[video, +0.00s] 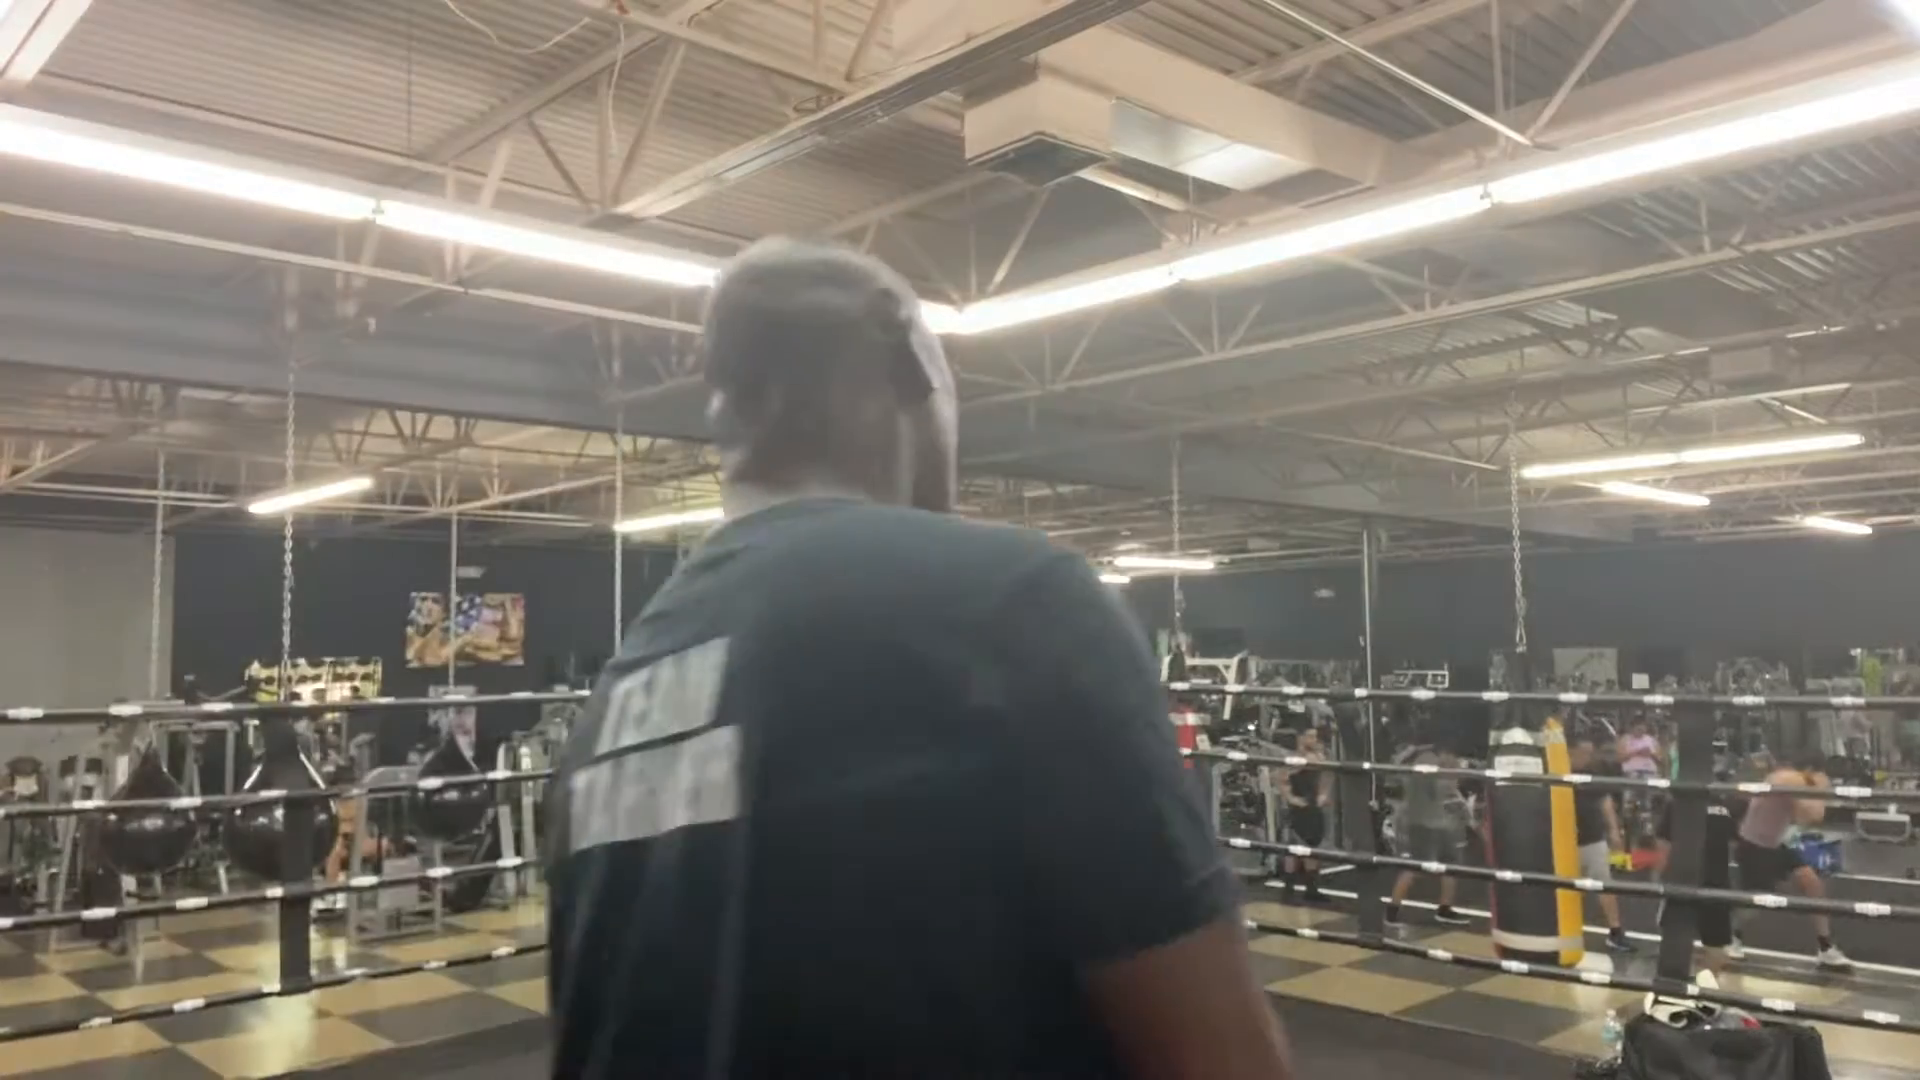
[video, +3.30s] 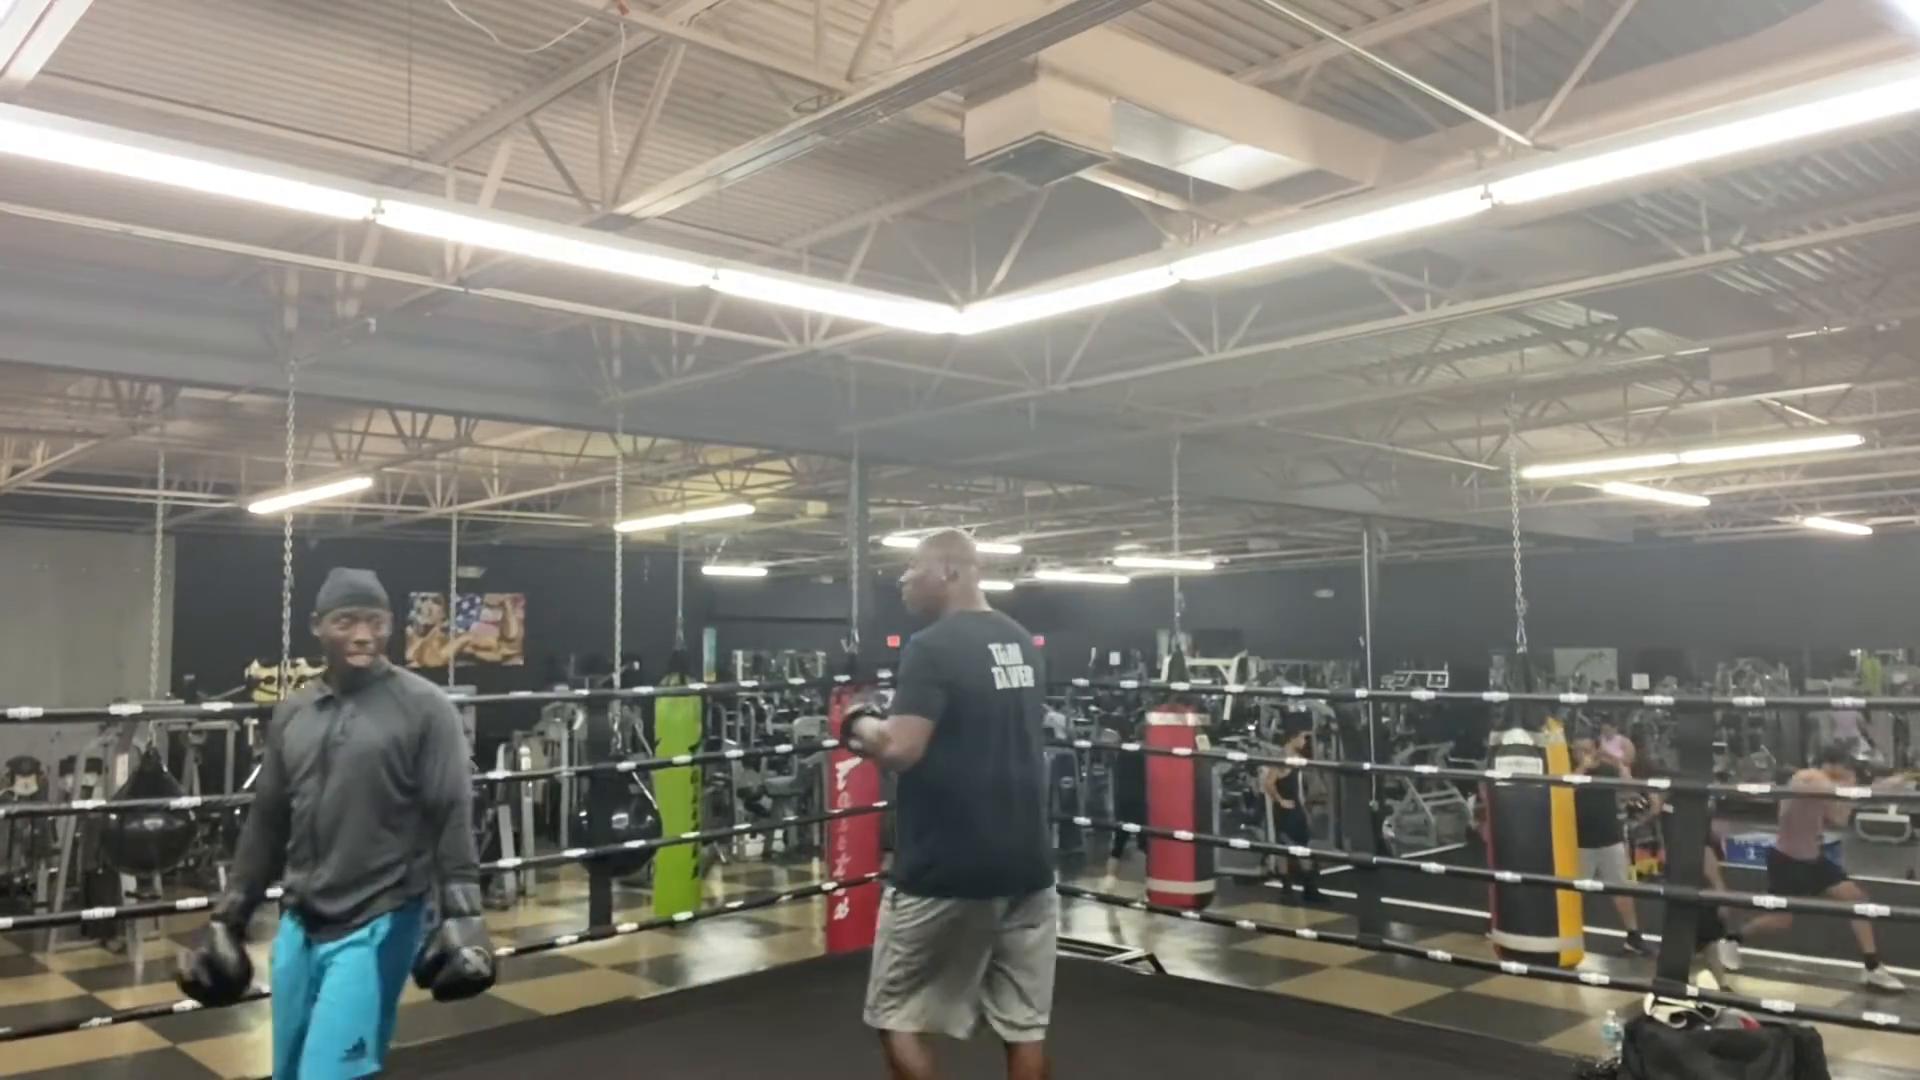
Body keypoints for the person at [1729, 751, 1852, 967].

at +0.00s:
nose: (1820, 778)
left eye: (1821, 775)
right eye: (1819, 775)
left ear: (1807, 770)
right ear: (1810, 771)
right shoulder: (1790, 779)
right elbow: (1814, 814)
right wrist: (1821, 787)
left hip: (1774, 847)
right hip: (1752, 846)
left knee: (1811, 881)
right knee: (1759, 900)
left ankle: (1825, 946)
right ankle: (1731, 932)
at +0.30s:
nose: (1802, 767)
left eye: (1806, 765)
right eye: (1799, 762)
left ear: (1806, 767)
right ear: (1789, 757)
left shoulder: (1798, 778)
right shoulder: (1766, 768)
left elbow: (1801, 807)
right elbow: (1784, 793)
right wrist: (1802, 770)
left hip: (1777, 839)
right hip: (1746, 838)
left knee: (1810, 883)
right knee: (1743, 893)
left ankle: (1823, 946)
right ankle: (1730, 938)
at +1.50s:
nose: (1786, 749)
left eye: (1791, 745)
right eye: (1782, 744)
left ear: (1796, 743)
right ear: (1772, 741)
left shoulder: (1799, 761)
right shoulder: (1750, 760)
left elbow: (1806, 794)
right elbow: (1747, 788)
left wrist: (1795, 770)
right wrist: (1770, 762)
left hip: (1779, 839)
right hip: (1746, 837)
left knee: (1808, 888)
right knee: (1735, 891)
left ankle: (1823, 948)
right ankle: (1716, 944)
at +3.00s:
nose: (1763, 760)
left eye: (1767, 754)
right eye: (1757, 754)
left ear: (1774, 752)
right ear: (1748, 753)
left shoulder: (1786, 768)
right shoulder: (1738, 773)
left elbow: (1806, 806)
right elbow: (1735, 807)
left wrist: (1785, 782)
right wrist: (1757, 782)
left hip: (1782, 847)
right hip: (1744, 847)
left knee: (1819, 894)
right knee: (1733, 898)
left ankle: (1838, 957)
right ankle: (1721, 946)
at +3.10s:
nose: (1780, 767)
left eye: (1785, 761)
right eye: (1774, 762)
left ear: (1790, 759)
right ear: (1764, 759)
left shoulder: (1798, 772)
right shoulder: (1751, 776)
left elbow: (1818, 811)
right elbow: (1743, 811)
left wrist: (1797, 786)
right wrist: (1772, 787)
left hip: (1796, 854)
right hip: (1758, 853)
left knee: (1833, 901)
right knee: (1739, 901)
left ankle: (1866, 963)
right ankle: (1721, 946)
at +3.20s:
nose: (1804, 767)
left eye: (1809, 761)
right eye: (1800, 760)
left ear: (1818, 762)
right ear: (1792, 760)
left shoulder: (1822, 778)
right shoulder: (1776, 778)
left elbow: (1831, 818)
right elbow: (1778, 812)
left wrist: (1821, 787)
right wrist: (1804, 787)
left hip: (1809, 861)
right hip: (1774, 859)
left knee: (1845, 898)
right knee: (1755, 914)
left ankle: (1873, 966)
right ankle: (1724, 944)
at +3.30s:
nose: (1845, 780)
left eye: (1848, 776)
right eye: (1845, 774)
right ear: (1833, 765)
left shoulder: (1823, 786)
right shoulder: (1808, 778)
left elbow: (1840, 819)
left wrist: (1849, 788)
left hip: (1814, 862)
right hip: (1785, 862)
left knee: (1856, 900)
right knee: (1782, 919)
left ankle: (1873, 967)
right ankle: (1732, 939)